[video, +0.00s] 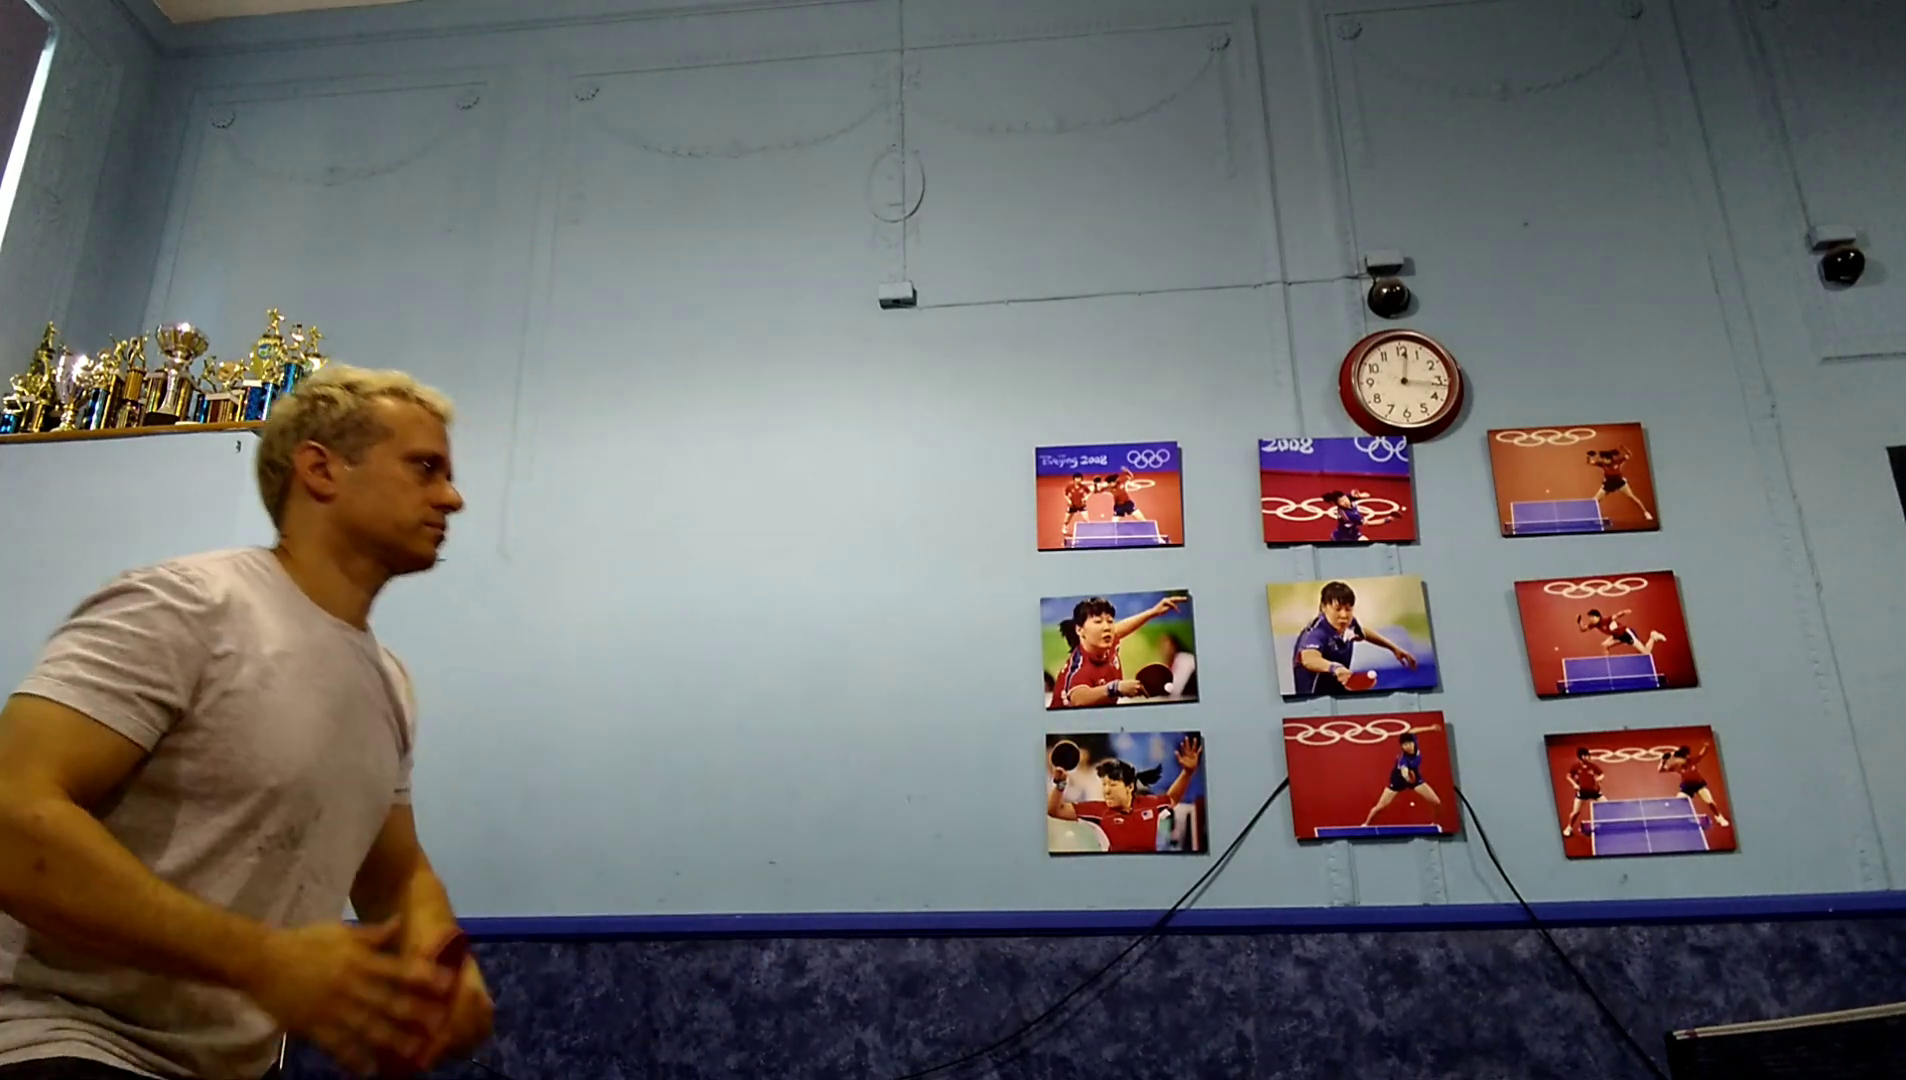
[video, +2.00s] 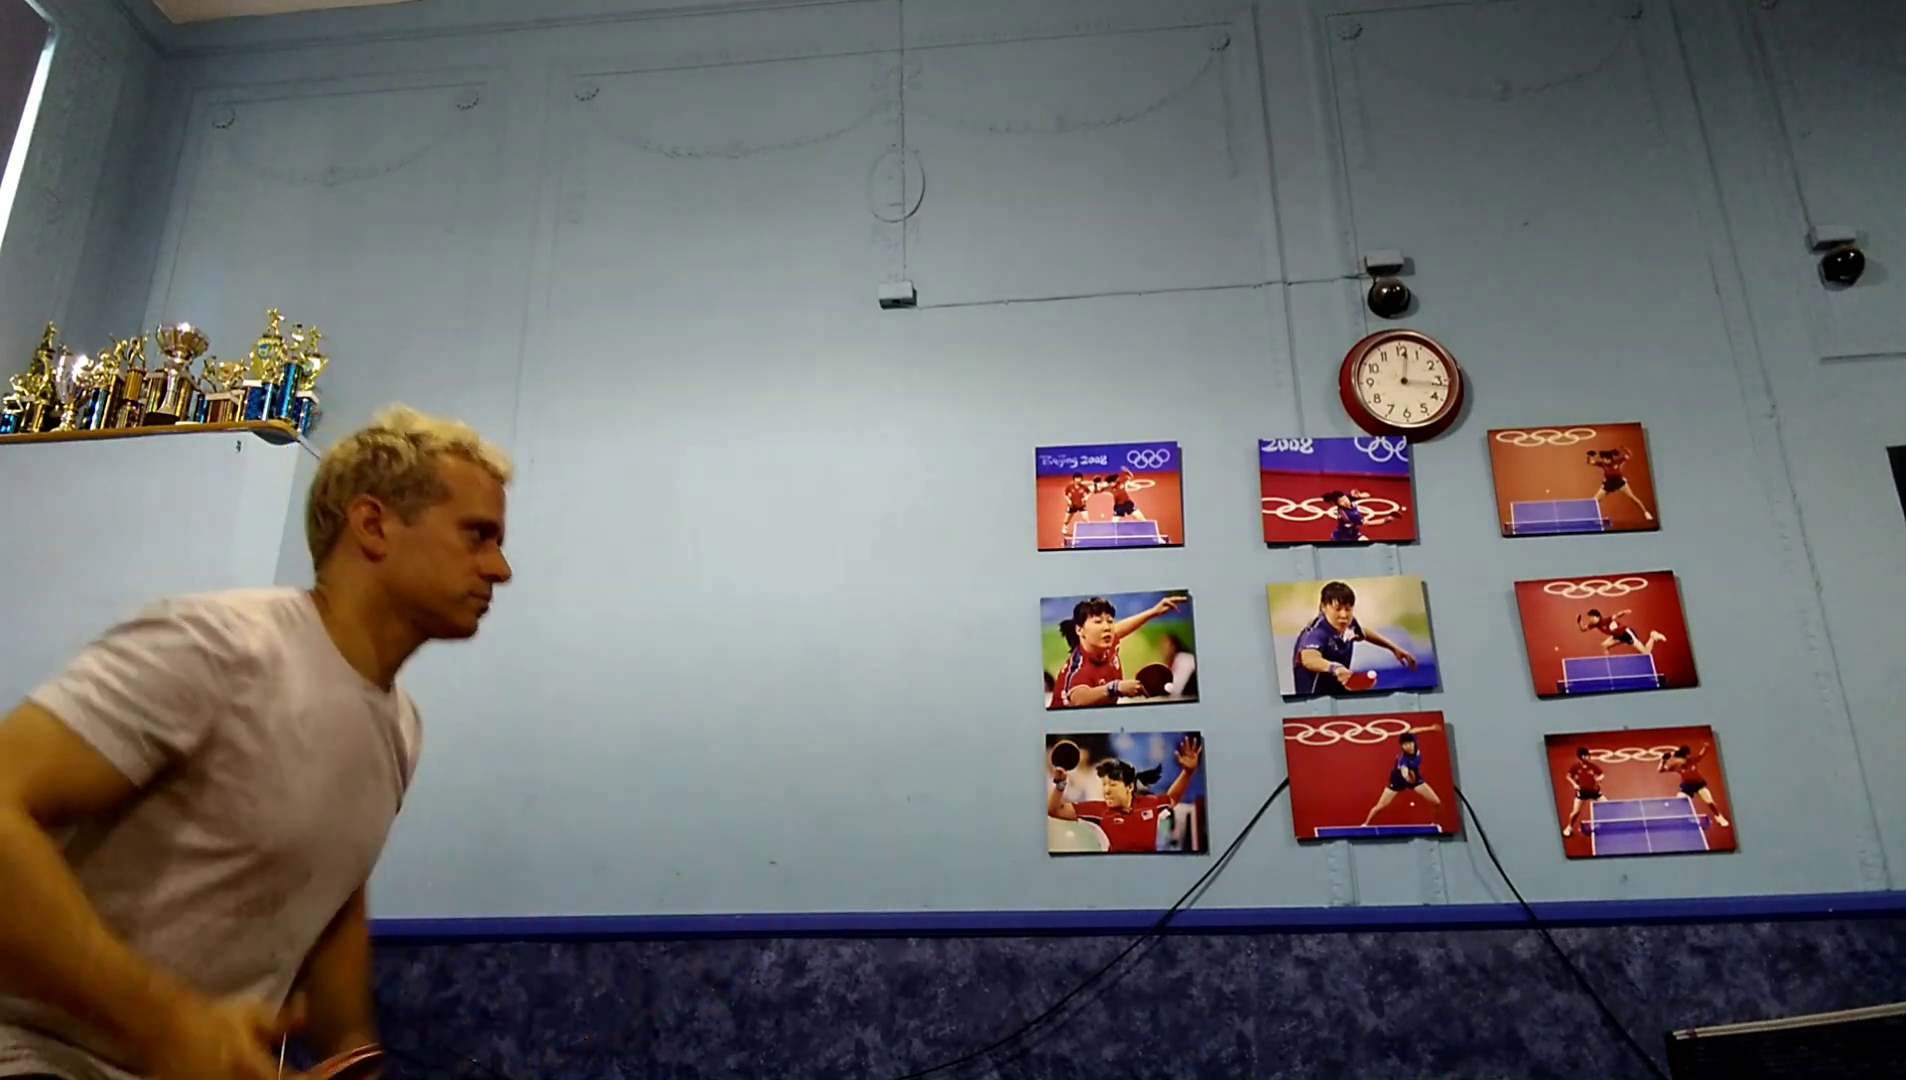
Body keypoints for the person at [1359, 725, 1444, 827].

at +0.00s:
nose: (1408, 747)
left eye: (1409, 744)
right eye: (1405, 745)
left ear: (1413, 743)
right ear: (1402, 746)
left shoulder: (1416, 747)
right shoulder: (1403, 758)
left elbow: (1413, 731)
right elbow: (1404, 771)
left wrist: (1431, 728)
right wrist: (1409, 779)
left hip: (1415, 779)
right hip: (1398, 781)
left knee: (1436, 802)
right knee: (1381, 805)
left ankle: (1434, 823)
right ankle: (1366, 823)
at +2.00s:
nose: (1408, 747)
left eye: (1409, 744)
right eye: (1405, 745)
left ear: (1413, 743)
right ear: (1402, 746)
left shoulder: (1416, 747)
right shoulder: (1403, 759)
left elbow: (1413, 731)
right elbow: (1404, 771)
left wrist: (1431, 728)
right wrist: (1409, 779)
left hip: (1415, 780)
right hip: (1398, 781)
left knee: (1436, 802)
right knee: (1381, 805)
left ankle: (1434, 823)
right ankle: (1366, 823)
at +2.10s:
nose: (1408, 747)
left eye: (1409, 744)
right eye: (1405, 745)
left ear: (1413, 743)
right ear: (1402, 746)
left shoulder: (1416, 747)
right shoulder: (1403, 758)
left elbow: (1413, 731)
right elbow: (1404, 771)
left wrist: (1431, 728)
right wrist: (1409, 779)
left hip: (1415, 779)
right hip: (1398, 781)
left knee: (1436, 802)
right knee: (1381, 805)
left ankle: (1434, 823)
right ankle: (1366, 823)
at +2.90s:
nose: (1408, 747)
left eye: (1409, 744)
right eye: (1405, 745)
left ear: (1414, 743)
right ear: (1402, 746)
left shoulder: (1416, 748)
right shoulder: (1403, 758)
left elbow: (1414, 731)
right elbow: (1404, 771)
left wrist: (1431, 728)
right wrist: (1409, 779)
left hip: (1414, 779)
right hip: (1398, 781)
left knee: (1436, 802)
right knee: (1380, 806)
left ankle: (1435, 823)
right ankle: (1366, 823)